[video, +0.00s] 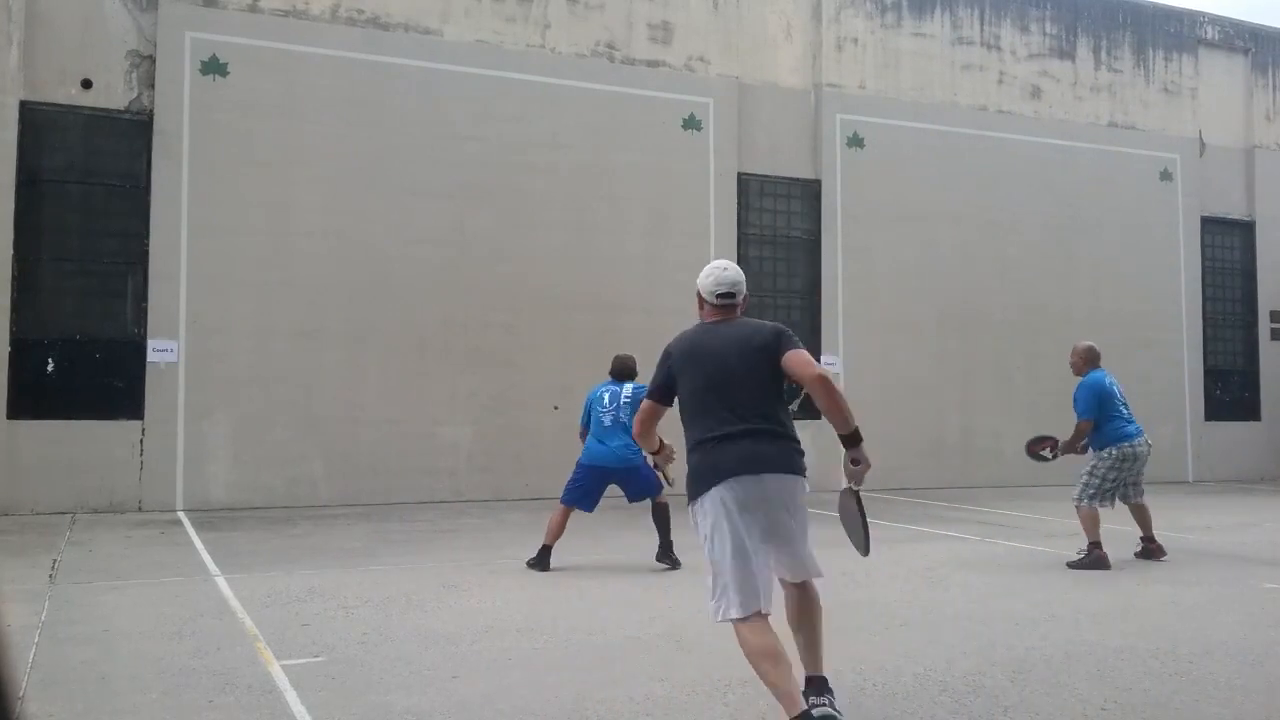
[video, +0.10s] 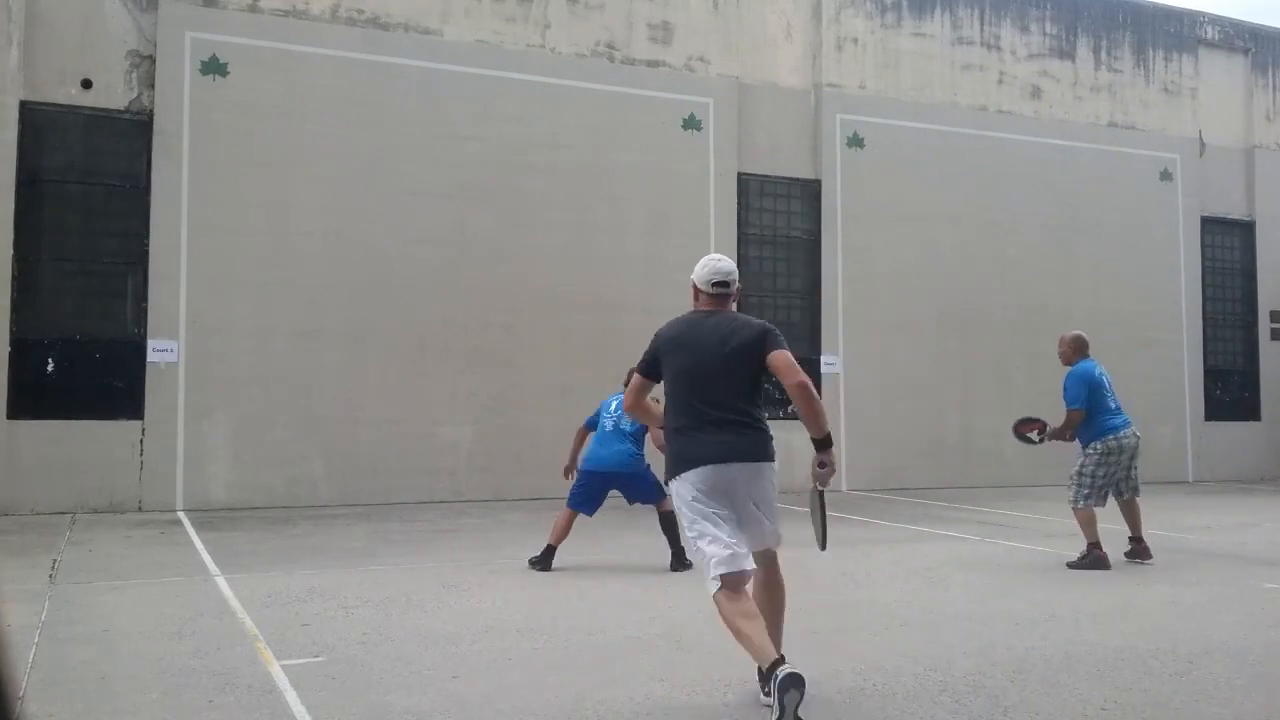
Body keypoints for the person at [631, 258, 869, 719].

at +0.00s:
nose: (700, 306)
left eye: (699, 300)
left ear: (700, 302)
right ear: (744, 301)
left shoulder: (680, 348)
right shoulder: (772, 334)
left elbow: (642, 426)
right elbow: (814, 376)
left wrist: (656, 449)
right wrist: (853, 443)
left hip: (716, 478)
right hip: (778, 469)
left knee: (746, 611)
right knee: (797, 577)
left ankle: (799, 711)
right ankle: (816, 684)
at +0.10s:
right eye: (735, 292)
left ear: (694, 293)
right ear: (737, 294)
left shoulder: (668, 334)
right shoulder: (758, 331)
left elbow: (632, 402)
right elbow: (798, 384)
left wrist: (666, 422)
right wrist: (823, 445)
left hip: (692, 463)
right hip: (751, 458)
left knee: (729, 582)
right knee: (765, 561)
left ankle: (776, 670)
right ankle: (771, 667)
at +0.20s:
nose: (691, 306)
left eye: (685, 300)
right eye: (711, 301)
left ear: (682, 301)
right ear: (723, 304)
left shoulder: (656, 341)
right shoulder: (741, 345)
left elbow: (621, 405)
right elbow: (777, 415)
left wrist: (643, 442)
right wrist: (787, 466)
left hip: (673, 468)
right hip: (731, 464)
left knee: (680, 568)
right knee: (752, 563)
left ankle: (723, 645)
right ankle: (771, 669)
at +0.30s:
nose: (666, 314)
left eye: (661, 307)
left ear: (655, 310)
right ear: (694, 313)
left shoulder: (634, 346)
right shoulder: (714, 350)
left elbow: (600, 400)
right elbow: (743, 419)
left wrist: (598, 456)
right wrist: (739, 467)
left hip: (651, 468)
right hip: (709, 466)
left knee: (638, 542)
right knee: (739, 562)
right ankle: (766, 664)